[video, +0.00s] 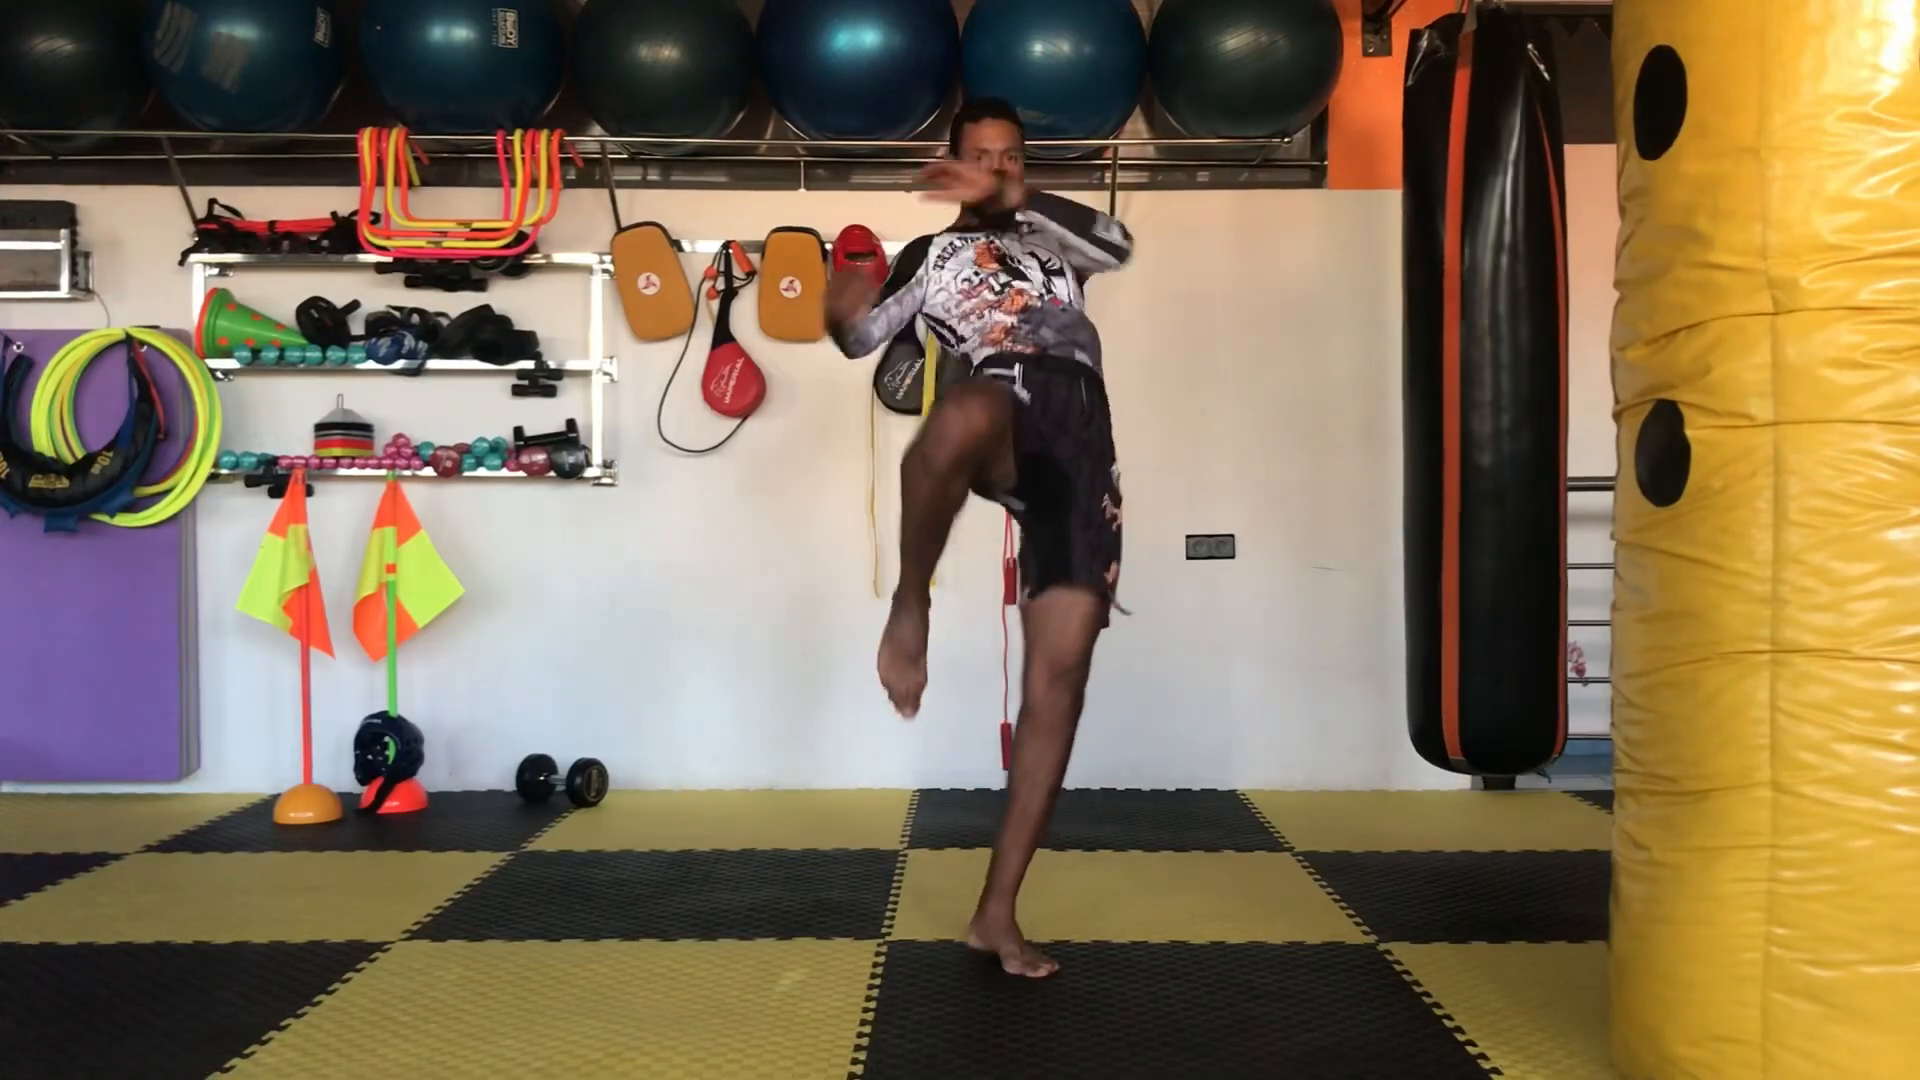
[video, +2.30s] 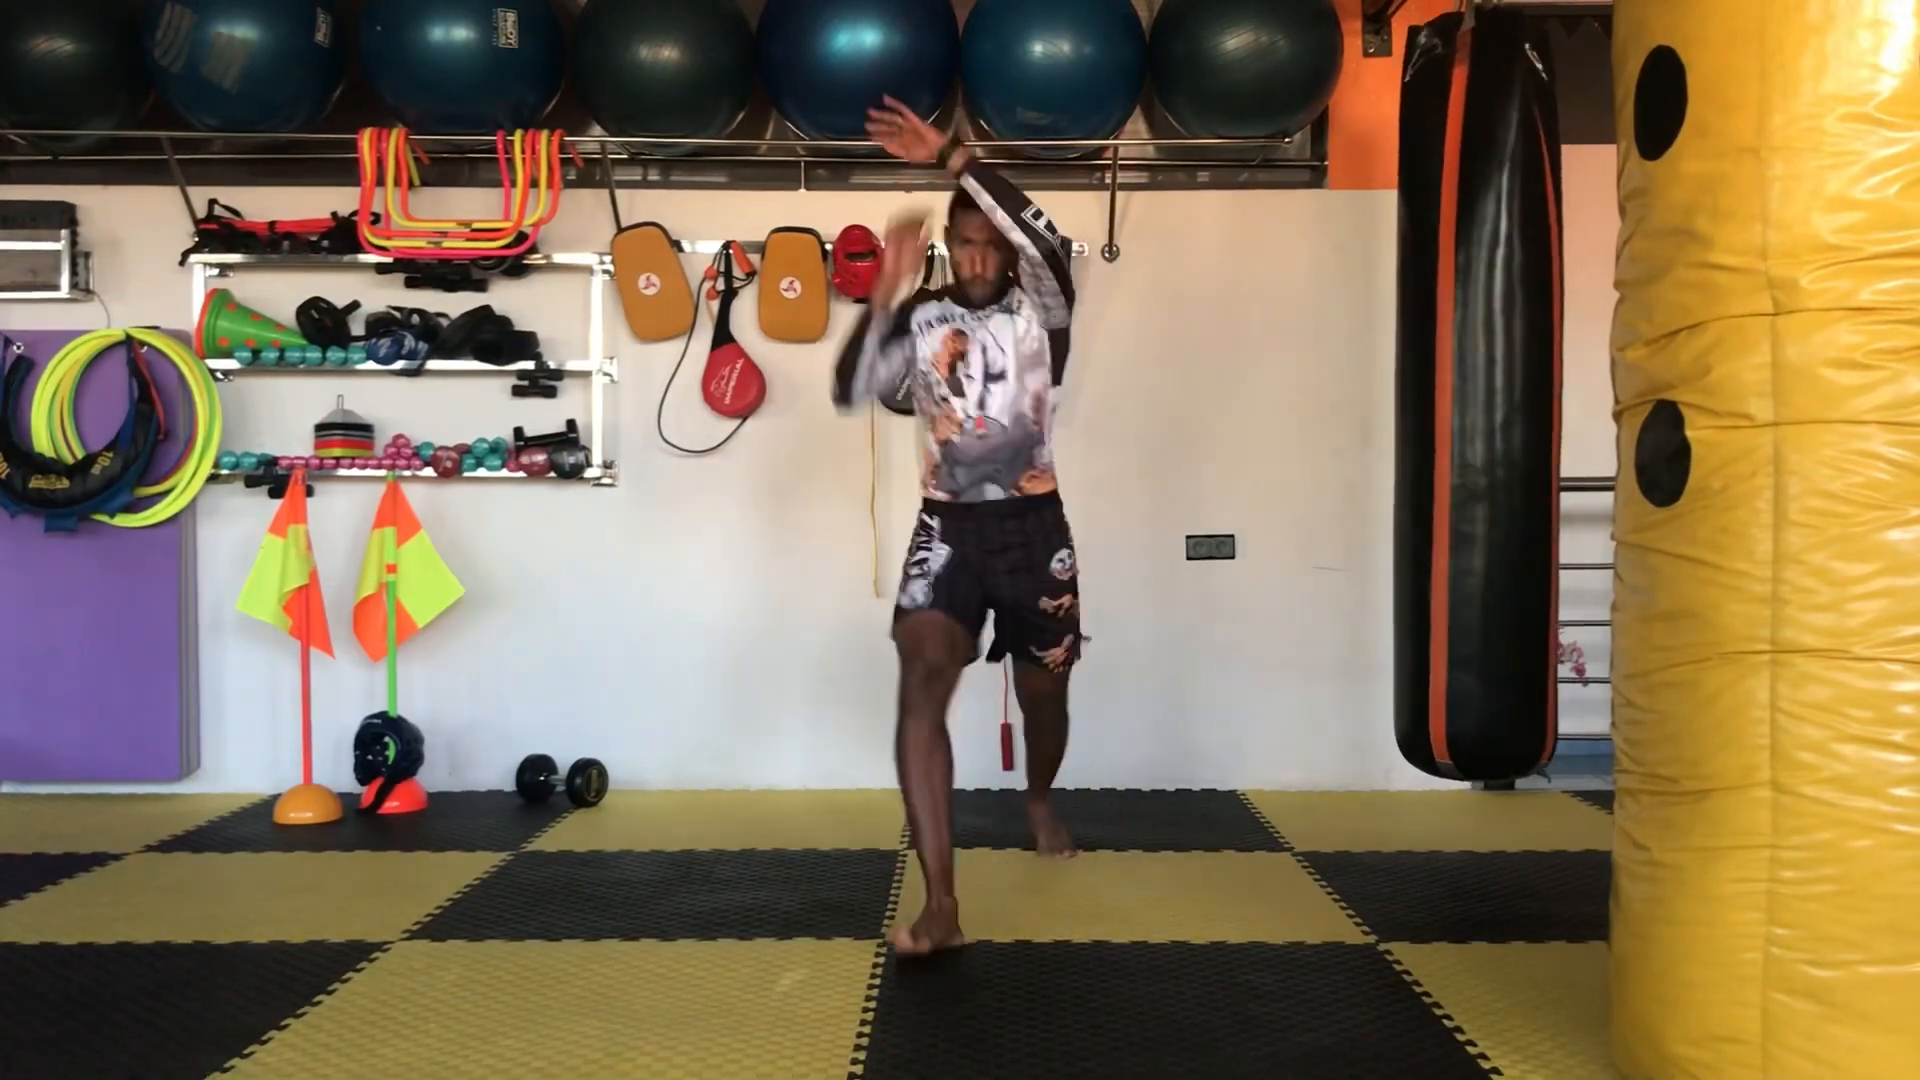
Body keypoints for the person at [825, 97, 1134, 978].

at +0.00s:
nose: (995, 171)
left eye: (1008, 158)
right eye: (978, 157)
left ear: (1026, 165)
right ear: (953, 169)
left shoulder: (1057, 234)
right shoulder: (934, 256)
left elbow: (1115, 246)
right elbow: (860, 340)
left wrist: (1010, 194)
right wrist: (845, 305)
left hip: (1079, 435)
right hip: (996, 417)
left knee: (1059, 686)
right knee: (960, 415)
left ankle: (998, 908)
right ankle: (911, 604)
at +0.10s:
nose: (1003, 152)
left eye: (1015, 136)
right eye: (985, 136)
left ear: (1033, 145)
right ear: (959, 147)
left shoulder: (1068, 231)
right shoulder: (933, 247)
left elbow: (1157, 280)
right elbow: (893, 374)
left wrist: (1088, 205)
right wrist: (880, 298)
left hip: (1066, 445)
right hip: (978, 429)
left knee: (1040, 685)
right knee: (951, 513)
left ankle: (992, 914)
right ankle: (913, 654)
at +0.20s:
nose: (1010, 144)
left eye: (1023, 129)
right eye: (994, 128)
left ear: (1041, 141)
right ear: (965, 141)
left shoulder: (1074, 230)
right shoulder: (931, 241)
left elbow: (1174, 321)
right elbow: (890, 361)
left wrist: (1156, 257)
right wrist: (940, 272)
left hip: (1060, 450)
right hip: (970, 441)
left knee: (1034, 686)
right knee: (924, 618)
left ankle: (992, 915)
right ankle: (928, 714)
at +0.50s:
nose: (1004, 185)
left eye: (1020, 171)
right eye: (991, 170)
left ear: (1039, 180)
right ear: (970, 177)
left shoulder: (1079, 273)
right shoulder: (939, 269)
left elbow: (1104, 410)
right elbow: (893, 380)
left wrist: (1112, 373)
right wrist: (951, 272)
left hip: (1056, 490)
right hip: (968, 491)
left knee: (1044, 695)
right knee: (959, 701)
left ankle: (1001, 909)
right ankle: (1018, 810)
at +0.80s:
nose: (1006, 173)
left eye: (1020, 160)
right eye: (994, 158)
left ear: (1042, 164)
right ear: (975, 160)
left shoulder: (1075, 236)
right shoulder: (952, 248)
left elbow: (1142, 343)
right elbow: (892, 336)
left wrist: (1103, 259)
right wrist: (938, 248)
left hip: (1062, 453)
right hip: (980, 455)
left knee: (1067, 645)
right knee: (980, 655)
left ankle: (1080, 843)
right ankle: (1019, 815)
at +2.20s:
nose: (991, 244)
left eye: (1005, 231)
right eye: (977, 230)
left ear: (1026, 238)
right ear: (960, 239)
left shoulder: (1054, 299)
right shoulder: (936, 306)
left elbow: (1083, 254)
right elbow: (883, 428)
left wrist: (996, 176)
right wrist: (896, 386)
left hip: (1042, 501)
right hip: (959, 504)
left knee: (1046, 672)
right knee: (934, 668)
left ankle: (1038, 817)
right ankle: (929, 864)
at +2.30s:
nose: (975, 259)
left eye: (988, 244)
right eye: (963, 244)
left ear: (1014, 251)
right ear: (946, 251)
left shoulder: (1042, 316)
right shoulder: (920, 323)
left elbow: (1043, 243)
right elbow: (858, 388)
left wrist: (950, 156)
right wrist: (885, 292)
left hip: (1032, 521)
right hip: (947, 524)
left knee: (1043, 692)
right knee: (923, 679)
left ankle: (1040, 802)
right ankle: (938, 901)